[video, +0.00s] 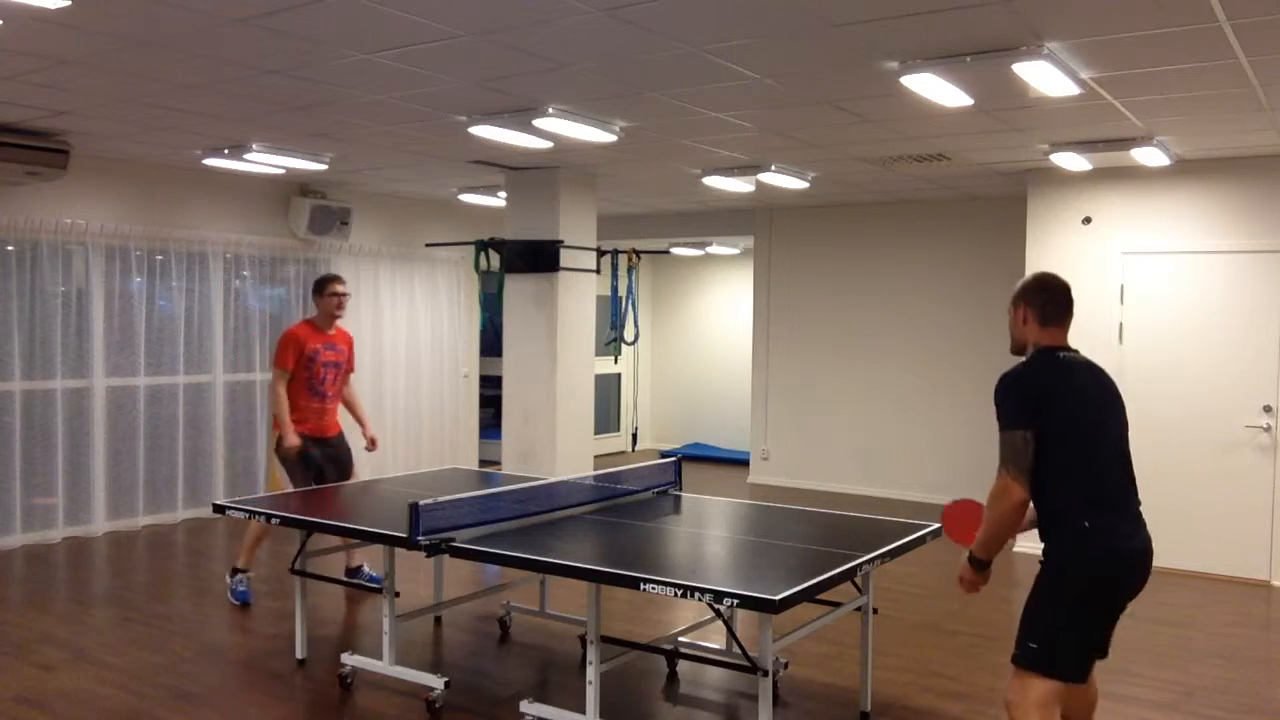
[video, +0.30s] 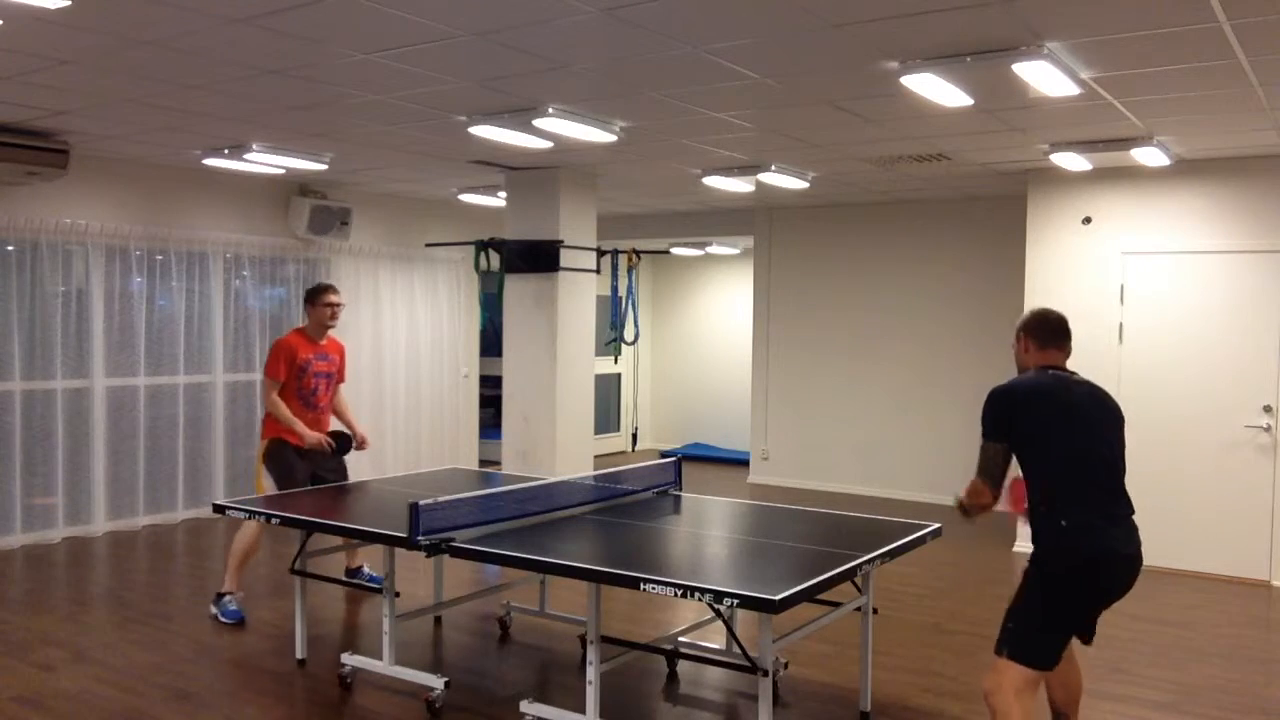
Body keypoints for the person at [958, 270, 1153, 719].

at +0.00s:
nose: (1009, 324)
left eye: (1012, 314)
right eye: (1011, 314)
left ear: (1025, 315)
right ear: (1066, 320)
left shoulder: (1021, 381)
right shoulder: (1098, 379)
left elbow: (1014, 490)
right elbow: (1097, 483)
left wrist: (978, 560)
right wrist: (1027, 521)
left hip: (1079, 554)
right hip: (1129, 549)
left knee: (1030, 690)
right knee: (1076, 674)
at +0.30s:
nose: (1016, 356)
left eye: (1016, 348)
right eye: (1016, 349)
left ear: (1023, 345)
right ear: (1067, 349)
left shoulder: (1009, 397)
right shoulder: (1104, 400)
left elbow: (986, 490)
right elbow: (1104, 480)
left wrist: (968, 505)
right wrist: (1042, 507)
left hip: (1065, 554)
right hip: (1123, 553)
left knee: (1007, 688)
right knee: (1056, 640)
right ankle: (1065, 713)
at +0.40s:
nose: (1013, 354)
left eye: (1013, 347)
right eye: (1013, 347)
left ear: (1020, 343)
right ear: (1064, 347)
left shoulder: (1005, 391)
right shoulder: (1100, 397)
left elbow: (975, 483)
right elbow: (1124, 491)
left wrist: (960, 467)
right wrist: (1076, 473)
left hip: (1056, 550)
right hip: (1116, 549)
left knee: (998, 680)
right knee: (1058, 638)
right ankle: (1065, 715)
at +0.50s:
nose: (1009, 349)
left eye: (1010, 342)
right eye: (1010, 342)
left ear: (1017, 340)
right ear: (1060, 345)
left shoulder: (1000, 385)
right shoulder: (1093, 394)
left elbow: (964, 476)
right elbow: (1133, 487)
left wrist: (955, 445)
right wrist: (1087, 468)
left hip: (1048, 544)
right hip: (1107, 545)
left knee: (993, 676)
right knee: (1054, 637)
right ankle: (1063, 716)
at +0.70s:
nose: (995, 358)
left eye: (996, 351)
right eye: (997, 352)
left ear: (1002, 348)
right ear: (1044, 355)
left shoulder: (986, 392)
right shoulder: (1075, 403)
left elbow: (951, 487)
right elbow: (1124, 494)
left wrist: (928, 482)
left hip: (1036, 549)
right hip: (1092, 551)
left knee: (985, 683)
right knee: (1037, 637)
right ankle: (1056, 715)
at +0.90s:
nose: (963, 370)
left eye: (965, 361)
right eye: (964, 361)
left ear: (975, 359)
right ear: (1012, 362)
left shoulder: (974, 397)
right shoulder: (1041, 410)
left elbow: (961, 492)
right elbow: (1025, 499)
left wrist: (925, 508)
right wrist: (956, 521)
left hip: (1026, 564)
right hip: (1074, 563)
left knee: (943, 684)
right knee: (1017, 648)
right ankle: (1049, 712)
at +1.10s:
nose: (901, 369)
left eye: (902, 359)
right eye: (901, 359)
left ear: (914, 357)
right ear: (952, 358)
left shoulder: (914, 415)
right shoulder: (995, 403)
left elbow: (922, 522)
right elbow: (1012, 487)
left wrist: (910, 528)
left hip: (988, 583)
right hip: (1049, 571)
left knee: (898, 702)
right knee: (1032, 675)